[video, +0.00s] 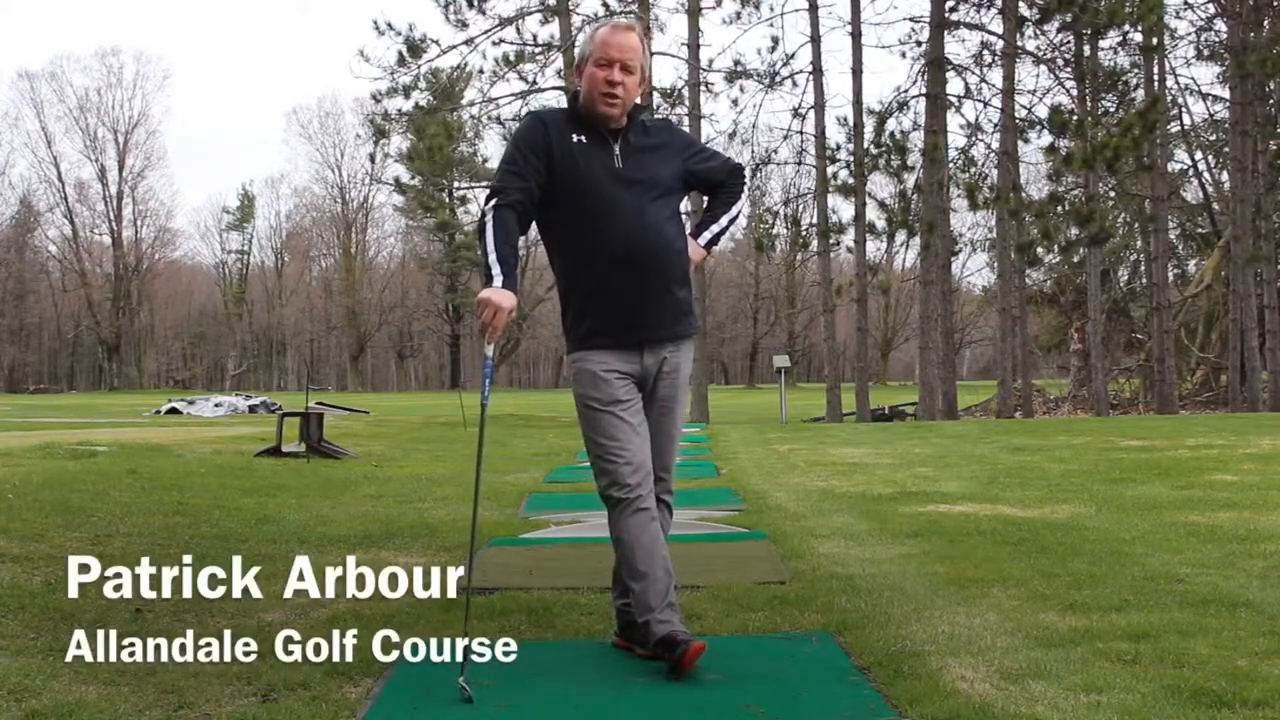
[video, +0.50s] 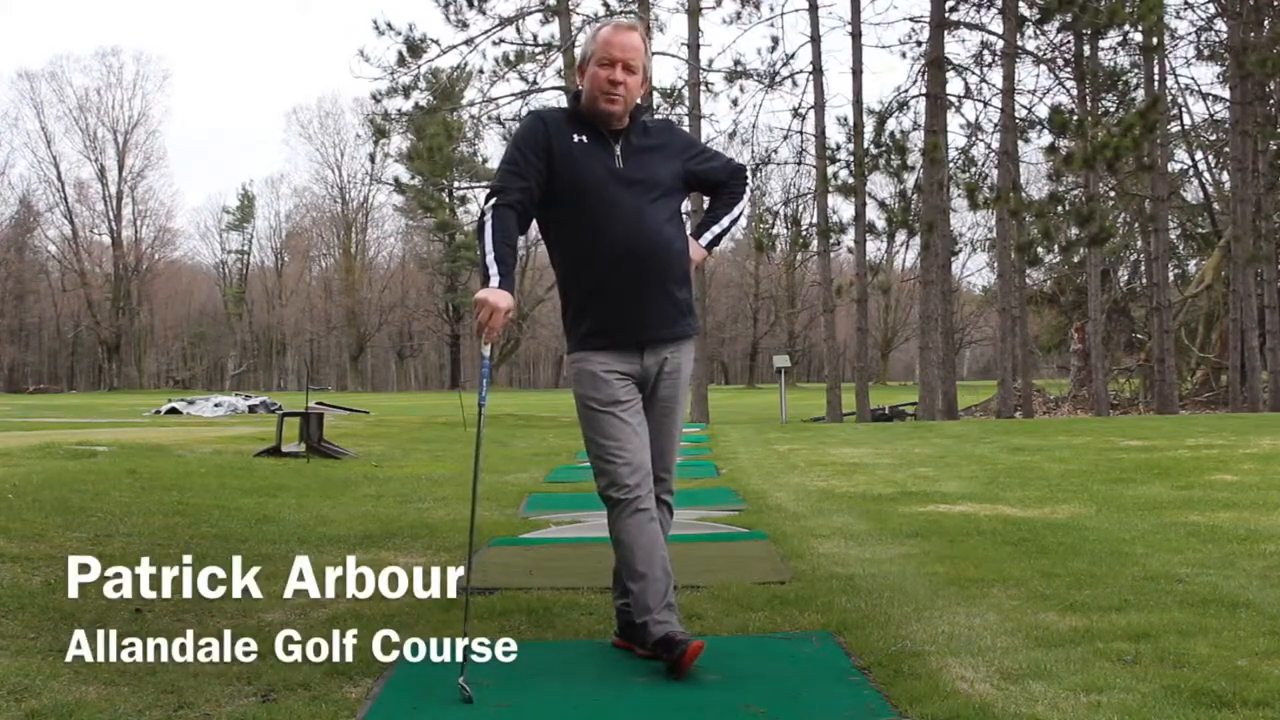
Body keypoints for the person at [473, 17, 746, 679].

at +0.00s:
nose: (613, 78)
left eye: (626, 69)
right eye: (603, 65)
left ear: (641, 82)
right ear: (579, 71)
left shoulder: (666, 139)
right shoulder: (544, 132)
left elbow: (731, 179)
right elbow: (506, 204)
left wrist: (702, 239)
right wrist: (502, 281)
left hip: (672, 339)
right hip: (597, 343)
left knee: (657, 488)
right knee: (631, 485)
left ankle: (633, 619)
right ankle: (667, 631)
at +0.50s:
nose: (614, 77)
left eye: (627, 68)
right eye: (604, 64)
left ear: (643, 80)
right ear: (582, 71)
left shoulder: (668, 140)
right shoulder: (546, 131)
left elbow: (735, 179)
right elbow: (506, 205)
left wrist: (703, 240)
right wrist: (499, 282)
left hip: (672, 340)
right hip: (597, 344)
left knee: (658, 489)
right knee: (630, 487)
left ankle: (633, 619)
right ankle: (665, 631)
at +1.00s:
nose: (616, 76)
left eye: (629, 67)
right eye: (605, 64)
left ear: (645, 79)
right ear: (584, 71)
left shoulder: (668, 140)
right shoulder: (548, 130)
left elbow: (734, 181)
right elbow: (509, 204)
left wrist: (704, 241)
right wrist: (505, 282)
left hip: (673, 340)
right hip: (598, 345)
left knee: (659, 489)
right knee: (631, 488)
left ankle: (633, 619)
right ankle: (665, 631)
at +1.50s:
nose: (619, 77)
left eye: (632, 68)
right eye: (608, 65)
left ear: (648, 82)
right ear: (585, 72)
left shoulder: (671, 144)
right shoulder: (548, 132)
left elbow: (732, 187)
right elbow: (507, 205)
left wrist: (710, 240)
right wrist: (505, 282)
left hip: (673, 342)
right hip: (598, 346)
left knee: (659, 489)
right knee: (631, 487)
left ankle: (633, 620)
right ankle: (666, 631)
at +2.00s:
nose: (607, 75)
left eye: (620, 66)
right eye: (598, 63)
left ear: (642, 80)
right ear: (580, 71)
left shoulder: (664, 149)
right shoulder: (549, 129)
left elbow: (704, 233)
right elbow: (508, 205)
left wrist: (742, 198)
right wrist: (500, 283)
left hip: (672, 342)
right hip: (600, 348)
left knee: (657, 490)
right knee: (628, 488)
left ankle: (634, 620)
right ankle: (663, 627)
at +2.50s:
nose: (593, 75)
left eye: (606, 64)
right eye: (583, 64)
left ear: (632, 74)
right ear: (569, 73)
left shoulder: (665, 147)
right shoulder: (545, 132)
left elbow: (688, 249)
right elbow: (503, 207)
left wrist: (695, 226)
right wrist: (498, 284)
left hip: (666, 341)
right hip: (591, 347)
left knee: (655, 490)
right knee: (624, 487)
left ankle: (632, 618)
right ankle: (663, 629)